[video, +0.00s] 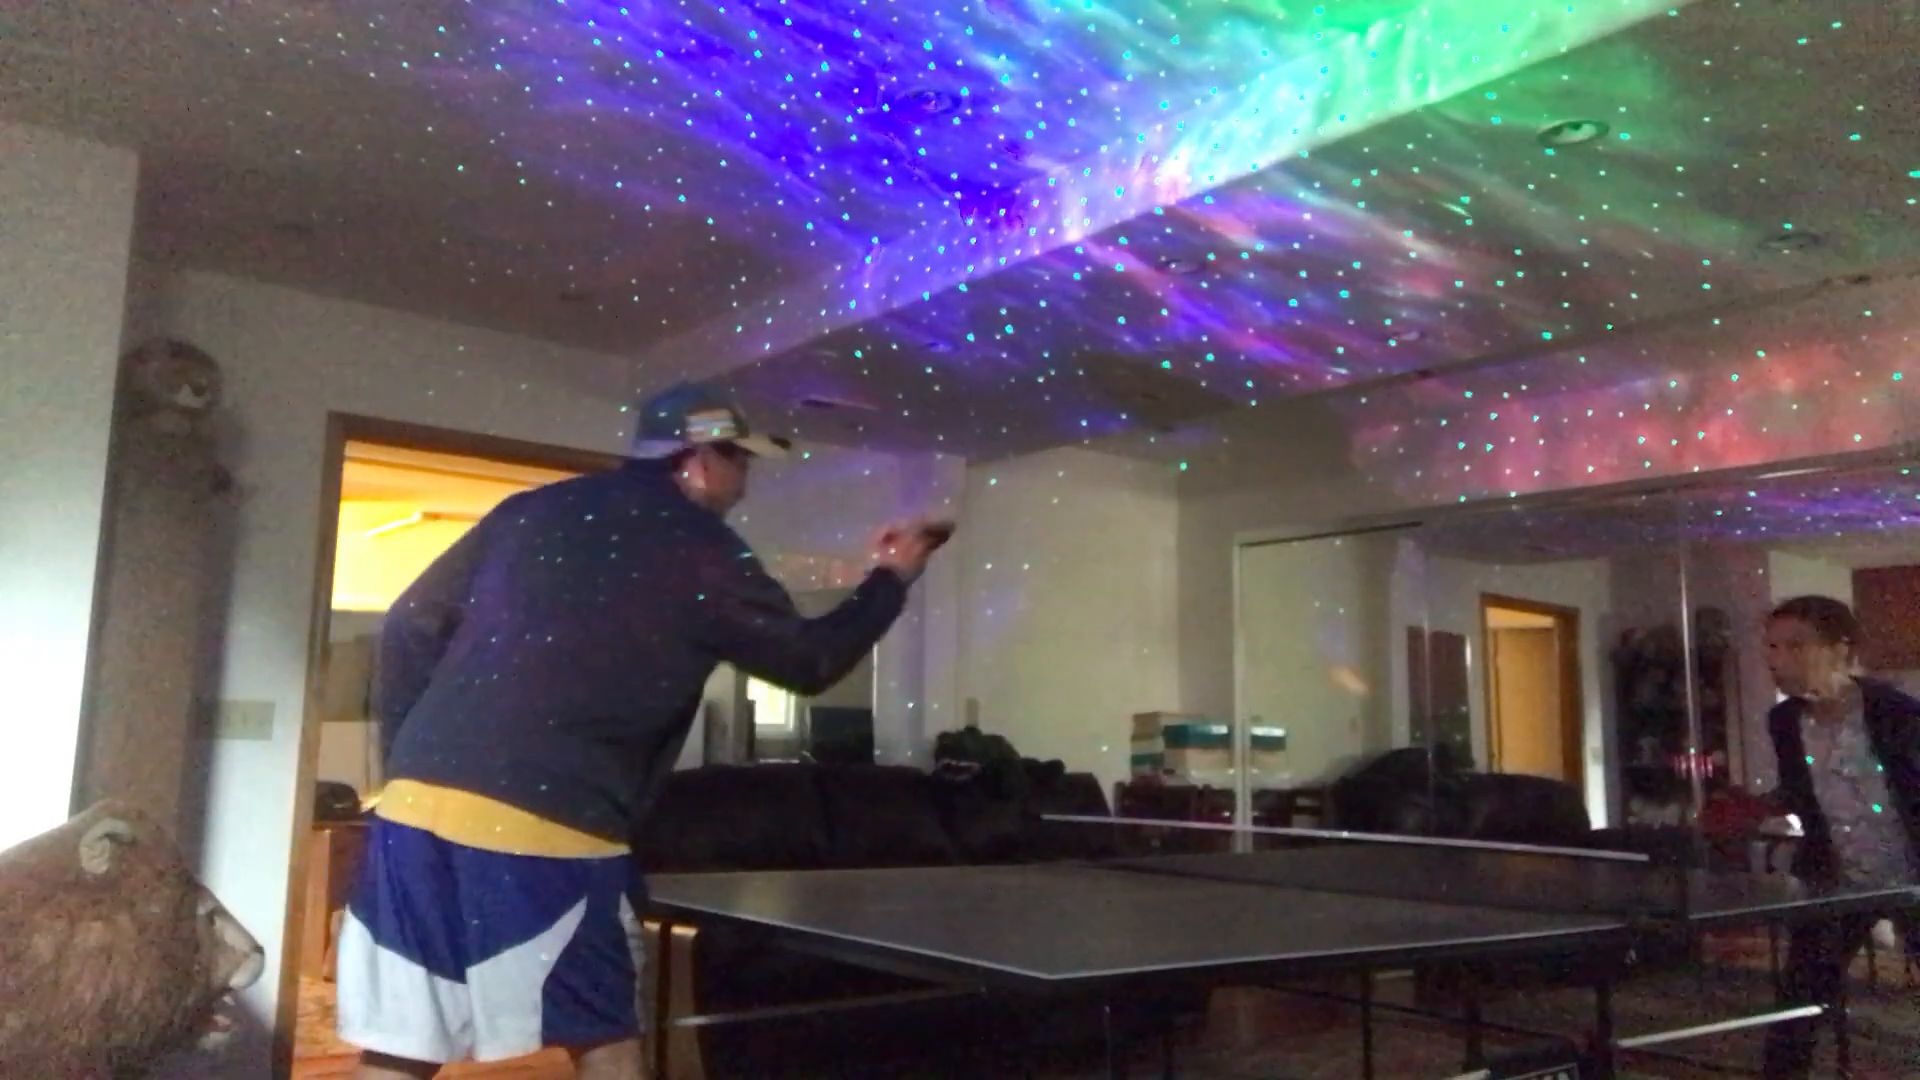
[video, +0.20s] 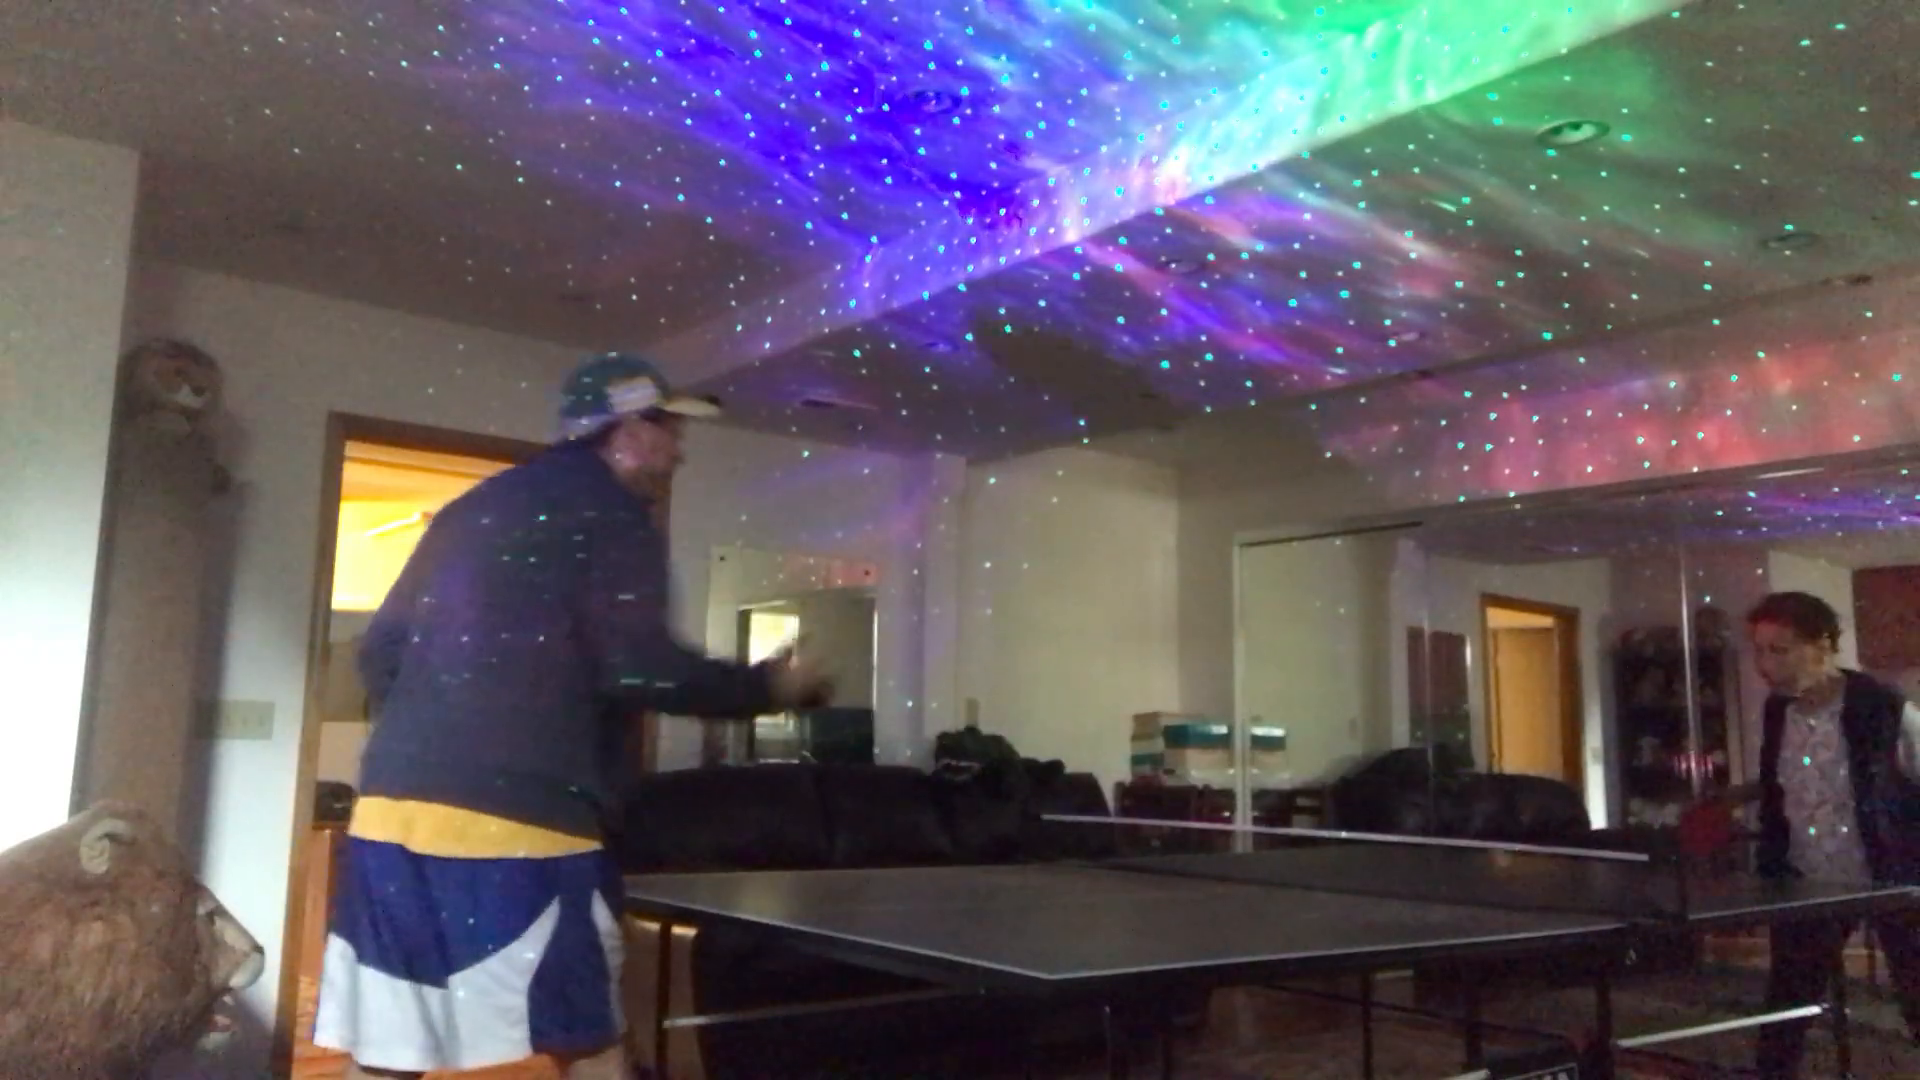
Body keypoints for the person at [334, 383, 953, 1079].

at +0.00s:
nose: (746, 478)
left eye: (746, 462)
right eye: (737, 460)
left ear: (658, 457)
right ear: (695, 463)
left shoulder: (529, 507)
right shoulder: (703, 552)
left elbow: (411, 621)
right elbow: (809, 661)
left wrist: (407, 764)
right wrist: (894, 574)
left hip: (408, 814)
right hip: (545, 834)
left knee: (397, 1059)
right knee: (604, 1061)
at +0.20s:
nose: (679, 447)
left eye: (677, 429)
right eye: (668, 427)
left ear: (587, 430)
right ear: (623, 434)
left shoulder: (468, 506)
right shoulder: (616, 515)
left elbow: (380, 653)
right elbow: (634, 665)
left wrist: (455, 727)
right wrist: (763, 685)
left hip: (389, 812)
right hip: (517, 822)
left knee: (394, 1057)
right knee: (588, 1058)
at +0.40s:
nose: (632, 424)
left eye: (630, 406)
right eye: (621, 405)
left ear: (541, 411)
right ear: (574, 412)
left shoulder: (440, 493)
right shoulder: (550, 489)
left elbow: (347, 646)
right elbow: (512, 650)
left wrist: (409, 749)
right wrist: (649, 724)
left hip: (354, 822)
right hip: (470, 828)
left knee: (364, 1062)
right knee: (546, 1058)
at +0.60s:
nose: (617, 416)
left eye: (615, 397)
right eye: (606, 395)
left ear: (527, 404)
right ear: (556, 404)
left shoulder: (421, 488)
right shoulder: (532, 487)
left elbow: (332, 643)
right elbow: (517, 659)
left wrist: (384, 754)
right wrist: (668, 711)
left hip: (340, 829)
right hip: (451, 835)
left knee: (351, 1060)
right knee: (505, 1058)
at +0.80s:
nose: (643, 414)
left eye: (642, 395)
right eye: (633, 393)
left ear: (552, 399)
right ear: (582, 399)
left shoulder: (449, 480)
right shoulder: (548, 487)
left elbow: (354, 638)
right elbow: (566, 664)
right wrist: (714, 689)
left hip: (345, 829)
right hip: (446, 839)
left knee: (358, 1060)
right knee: (475, 1064)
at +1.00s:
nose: (684, 427)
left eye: (684, 404)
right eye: (674, 400)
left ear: (606, 400)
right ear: (615, 399)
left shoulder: (520, 477)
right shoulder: (540, 474)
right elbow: (458, 642)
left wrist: (638, 789)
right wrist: (616, 741)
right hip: (443, 842)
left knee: (349, 1061)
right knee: (469, 1060)